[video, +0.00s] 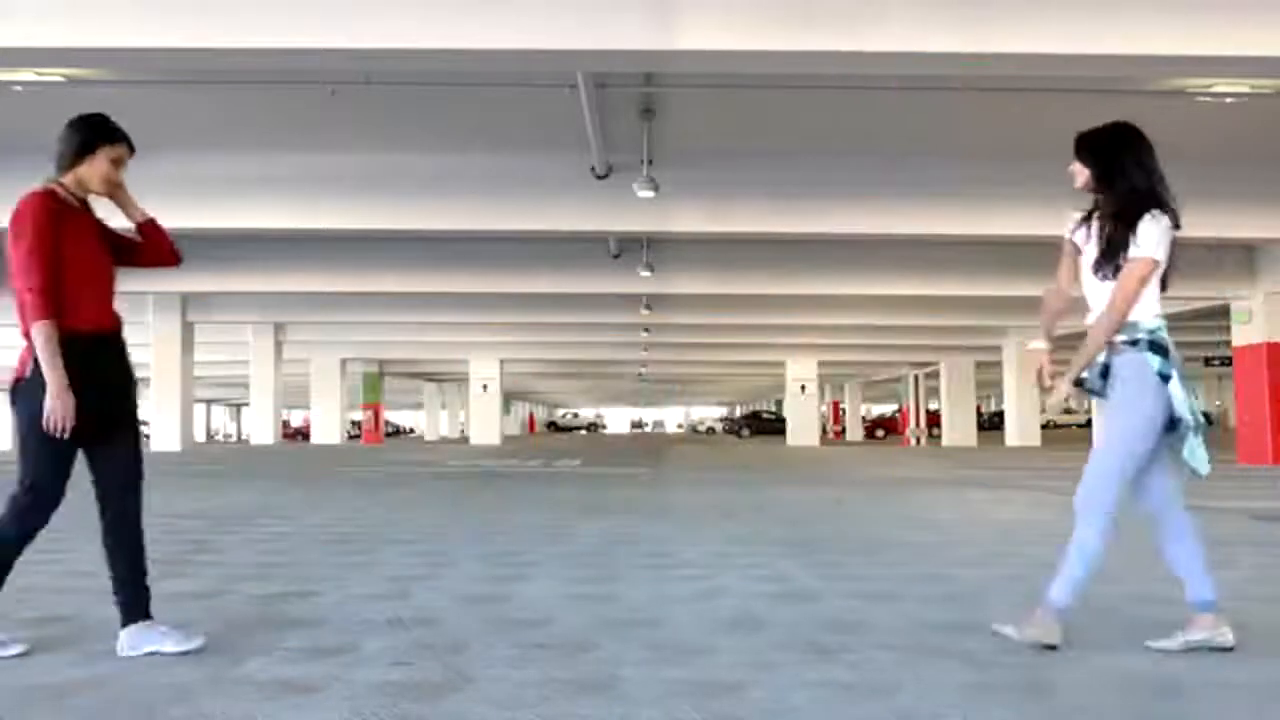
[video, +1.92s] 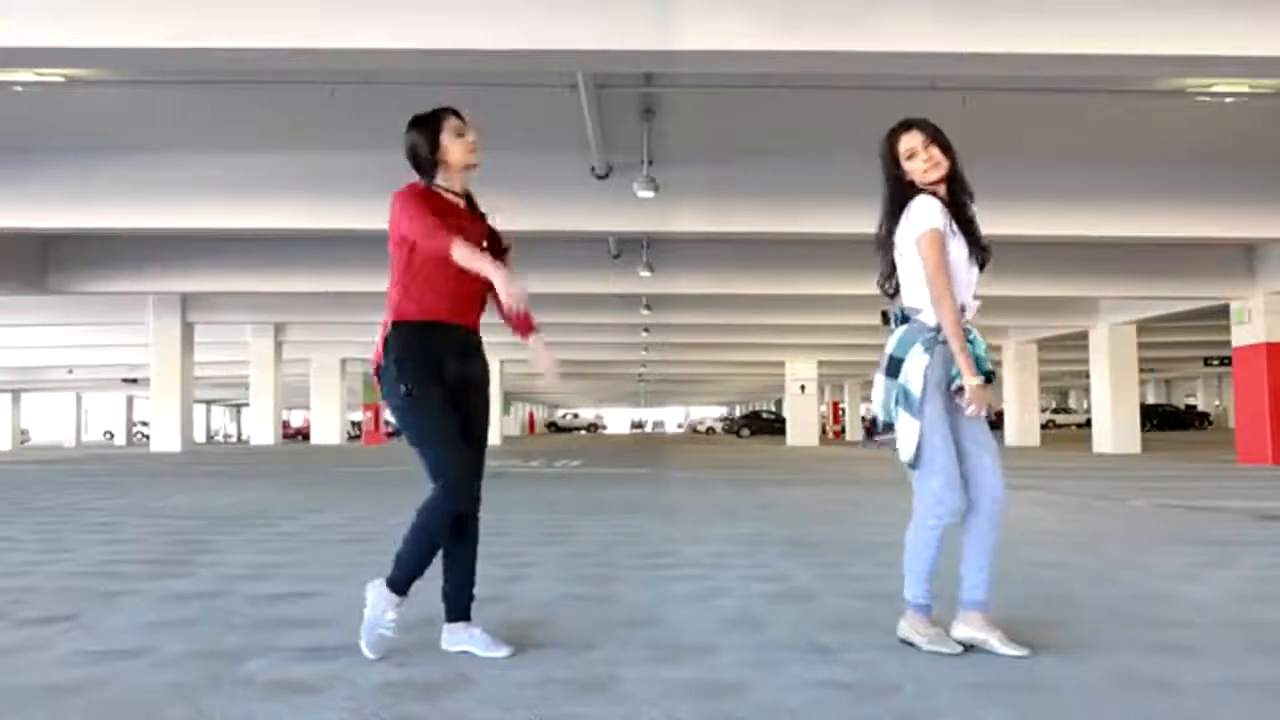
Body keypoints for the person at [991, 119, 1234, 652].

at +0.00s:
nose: (1071, 168)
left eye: (1081, 160)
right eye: (1074, 159)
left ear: (1108, 167)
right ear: (1111, 168)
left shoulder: (1153, 223)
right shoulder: (1083, 227)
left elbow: (1120, 304)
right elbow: (1062, 292)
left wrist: (1075, 368)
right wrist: (1045, 340)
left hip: (1141, 368)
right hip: (1110, 367)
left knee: (1097, 491)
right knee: (1161, 498)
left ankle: (1050, 614)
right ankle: (1206, 616)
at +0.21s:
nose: (1037, 162)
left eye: (1046, 154)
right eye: (1039, 153)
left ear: (1075, 159)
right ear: (1067, 160)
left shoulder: (1115, 225)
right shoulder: (1034, 218)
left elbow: (1098, 316)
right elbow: (1023, 296)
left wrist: (1069, 392)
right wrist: (1020, 360)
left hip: (1099, 366)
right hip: (1053, 364)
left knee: (1050, 489)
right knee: (1092, 503)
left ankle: (1039, 621)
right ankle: (1179, 594)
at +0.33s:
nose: (1016, 166)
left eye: (1026, 158)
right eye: (1019, 157)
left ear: (1052, 169)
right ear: (1035, 167)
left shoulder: (1092, 238)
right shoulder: (1011, 218)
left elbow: (1090, 329)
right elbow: (998, 297)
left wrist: (1081, 408)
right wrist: (997, 370)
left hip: (1071, 367)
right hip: (1023, 366)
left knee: (1041, 494)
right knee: (1017, 496)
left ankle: (1040, 619)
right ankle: (1120, 573)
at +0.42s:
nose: (1004, 157)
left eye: (1014, 150)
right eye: (1007, 149)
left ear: (1039, 161)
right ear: (1028, 161)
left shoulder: (1083, 231)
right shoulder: (995, 215)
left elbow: (1086, 315)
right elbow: (984, 296)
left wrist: (1085, 396)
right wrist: (977, 366)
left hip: (1056, 358)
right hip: (1008, 359)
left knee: (1031, 489)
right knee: (988, 501)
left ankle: (1041, 621)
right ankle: (1058, 586)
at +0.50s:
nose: (994, 144)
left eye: (1004, 137)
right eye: (996, 136)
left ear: (1030, 148)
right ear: (1009, 148)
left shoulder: (1076, 216)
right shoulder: (982, 209)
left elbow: (1080, 299)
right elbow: (972, 289)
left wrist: (1083, 380)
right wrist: (961, 354)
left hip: (1046, 350)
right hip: (992, 350)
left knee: (1029, 486)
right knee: (976, 487)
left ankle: (1041, 618)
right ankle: (995, 605)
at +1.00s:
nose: (976, 148)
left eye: (985, 142)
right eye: (965, 140)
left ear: (996, 158)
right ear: (944, 152)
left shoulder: (1006, 225)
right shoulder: (919, 213)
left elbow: (1025, 306)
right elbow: (911, 298)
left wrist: (1059, 381)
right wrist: (914, 372)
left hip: (1007, 358)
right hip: (943, 359)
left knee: (1005, 493)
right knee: (960, 498)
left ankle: (1022, 618)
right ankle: (915, 612)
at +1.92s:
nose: (928, 158)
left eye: (931, 146)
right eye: (913, 156)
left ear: (946, 150)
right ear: (903, 172)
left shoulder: (946, 214)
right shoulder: (923, 211)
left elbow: (951, 300)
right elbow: (940, 294)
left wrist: (973, 372)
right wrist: (969, 372)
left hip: (959, 358)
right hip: (926, 357)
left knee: (989, 490)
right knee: (939, 493)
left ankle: (973, 615)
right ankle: (916, 616)